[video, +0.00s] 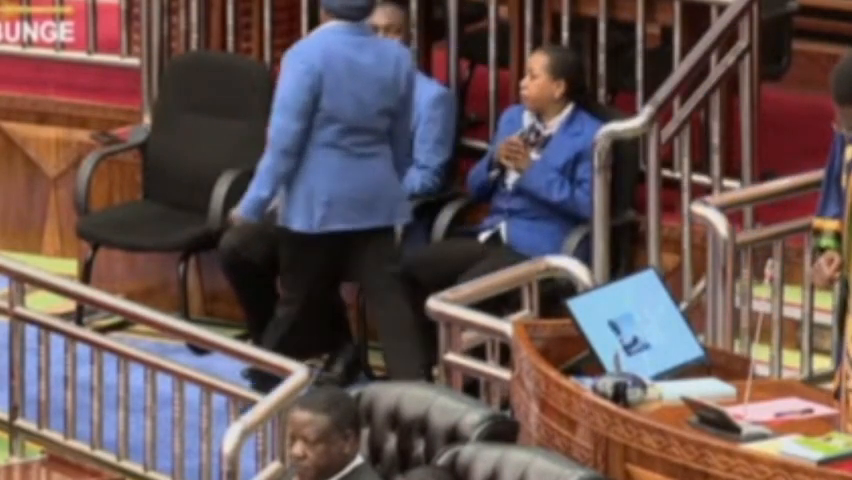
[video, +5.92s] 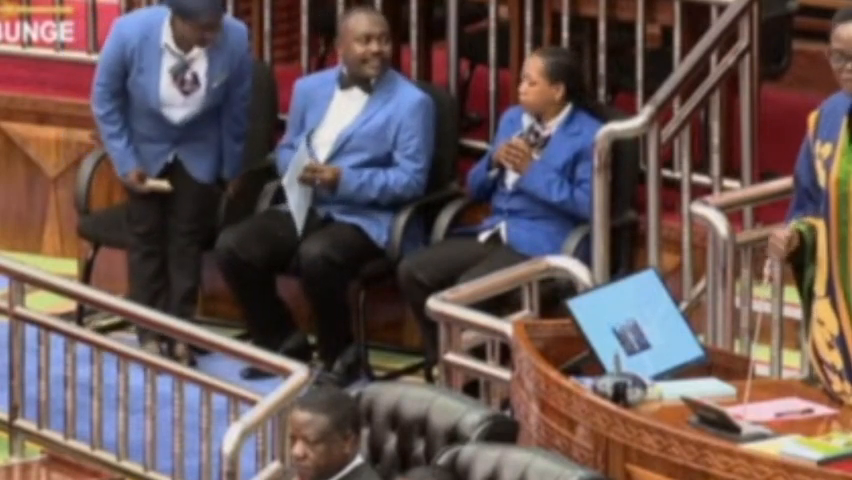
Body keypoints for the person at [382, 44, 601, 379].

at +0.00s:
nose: (523, 84)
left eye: (533, 77)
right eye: (525, 76)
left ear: (560, 88)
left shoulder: (590, 135)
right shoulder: (512, 119)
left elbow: (588, 205)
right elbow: (476, 188)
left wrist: (528, 170)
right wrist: (495, 162)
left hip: (536, 252)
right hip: (490, 238)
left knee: (454, 303)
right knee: (398, 273)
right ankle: (410, 387)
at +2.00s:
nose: (522, 80)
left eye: (531, 74)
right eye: (525, 72)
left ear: (555, 88)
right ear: (551, 88)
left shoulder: (590, 135)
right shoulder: (513, 119)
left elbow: (589, 207)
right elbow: (476, 189)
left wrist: (530, 170)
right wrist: (495, 163)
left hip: (538, 250)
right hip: (494, 238)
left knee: (461, 298)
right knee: (413, 271)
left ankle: (480, 381)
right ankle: (448, 367)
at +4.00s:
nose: (519, 81)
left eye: (528, 76)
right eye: (523, 73)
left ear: (552, 89)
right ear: (549, 88)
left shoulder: (589, 135)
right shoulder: (512, 120)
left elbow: (590, 206)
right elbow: (475, 190)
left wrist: (529, 172)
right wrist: (494, 164)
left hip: (539, 251)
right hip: (494, 236)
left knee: (462, 296)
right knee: (414, 271)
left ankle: (482, 381)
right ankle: (445, 366)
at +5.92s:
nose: (521, 90)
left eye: (531, 83)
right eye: (521, 81)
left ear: (558, 92)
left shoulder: (589, 135)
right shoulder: (512, 120)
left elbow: (589, 206)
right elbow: (476, 188)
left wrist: (530, 172)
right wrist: (495, 164)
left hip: (539, 249)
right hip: (495, 235)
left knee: (464, 295)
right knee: (414, 271)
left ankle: (483, 380)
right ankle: (444, 365)